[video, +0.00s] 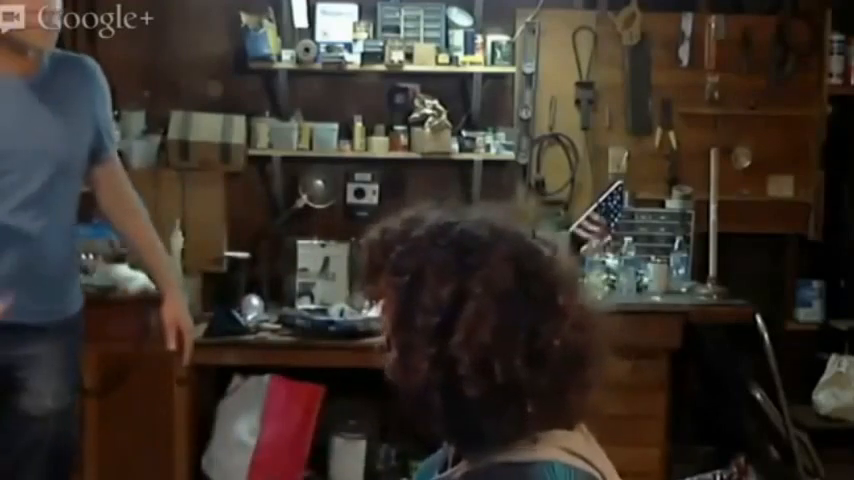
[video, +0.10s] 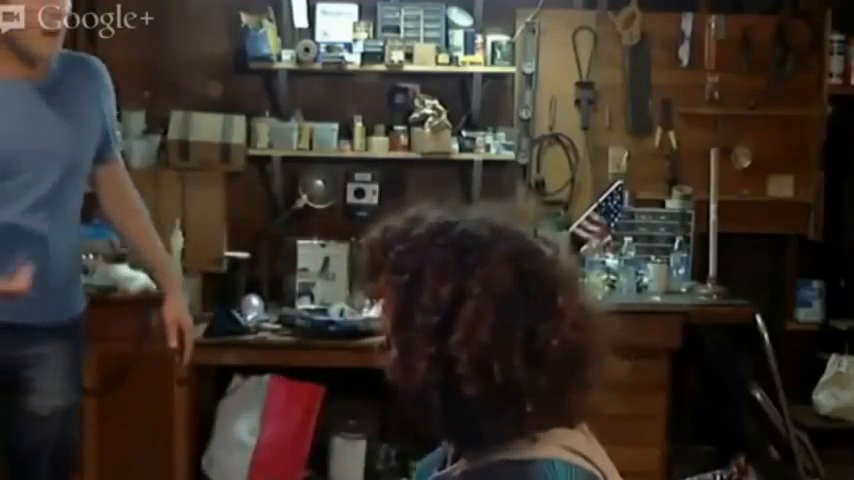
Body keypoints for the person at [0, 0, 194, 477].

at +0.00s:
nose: (48, 9)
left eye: (53, 1)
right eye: (31, 0)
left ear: (62, 9)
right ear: (0, 13)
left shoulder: (81, 77)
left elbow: (112, 184)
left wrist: (170, 285)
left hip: (47, 323)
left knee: (44, 466)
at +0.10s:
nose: (56, 10)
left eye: (61, 1)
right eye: (37, 1)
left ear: (71, 8)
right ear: (3, 13)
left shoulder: (87, 77)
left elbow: (114, 185)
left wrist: (171, 283)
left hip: (50, 326)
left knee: (47, 469)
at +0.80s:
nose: (39, 16)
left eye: (46, 3)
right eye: (21, 4)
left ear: (57, 11)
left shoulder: (63, 79)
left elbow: (83, 192)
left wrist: (141, 285)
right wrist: (3, 273)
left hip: (37, 327)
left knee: (48, 462)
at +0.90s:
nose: (13, 16)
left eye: (20, 9)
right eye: (6, 9)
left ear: (29, 14)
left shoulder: (30, 73)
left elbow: (41, 177)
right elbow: (43, 179)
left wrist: (105, 283)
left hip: (10, 330)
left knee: (29, 459)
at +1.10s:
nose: (11, 13)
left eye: (14, 7)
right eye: (6, 7)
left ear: (20, 14)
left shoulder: (20, 71)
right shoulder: (20, 73)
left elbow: (33, 181)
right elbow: (35, 183)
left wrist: (94, 286)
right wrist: (94, 288)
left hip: (7, 330)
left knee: (25, 458)